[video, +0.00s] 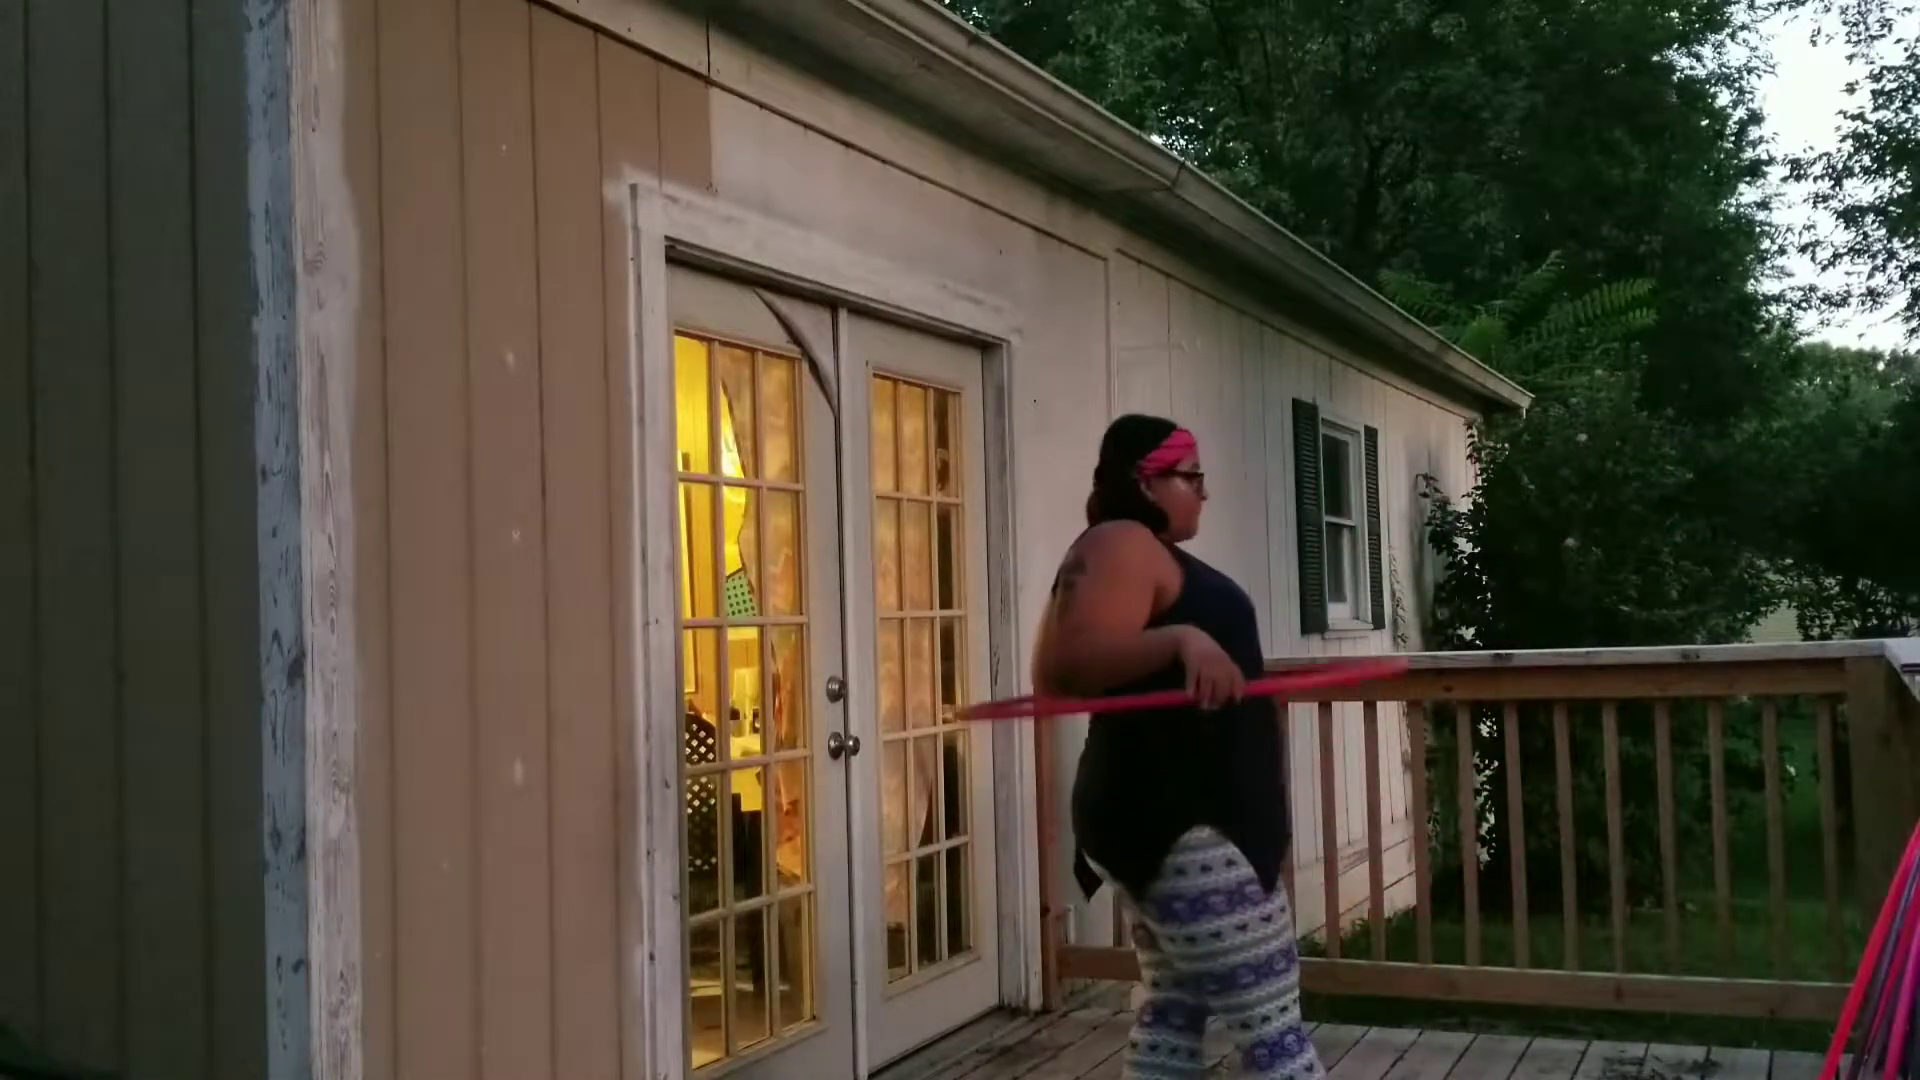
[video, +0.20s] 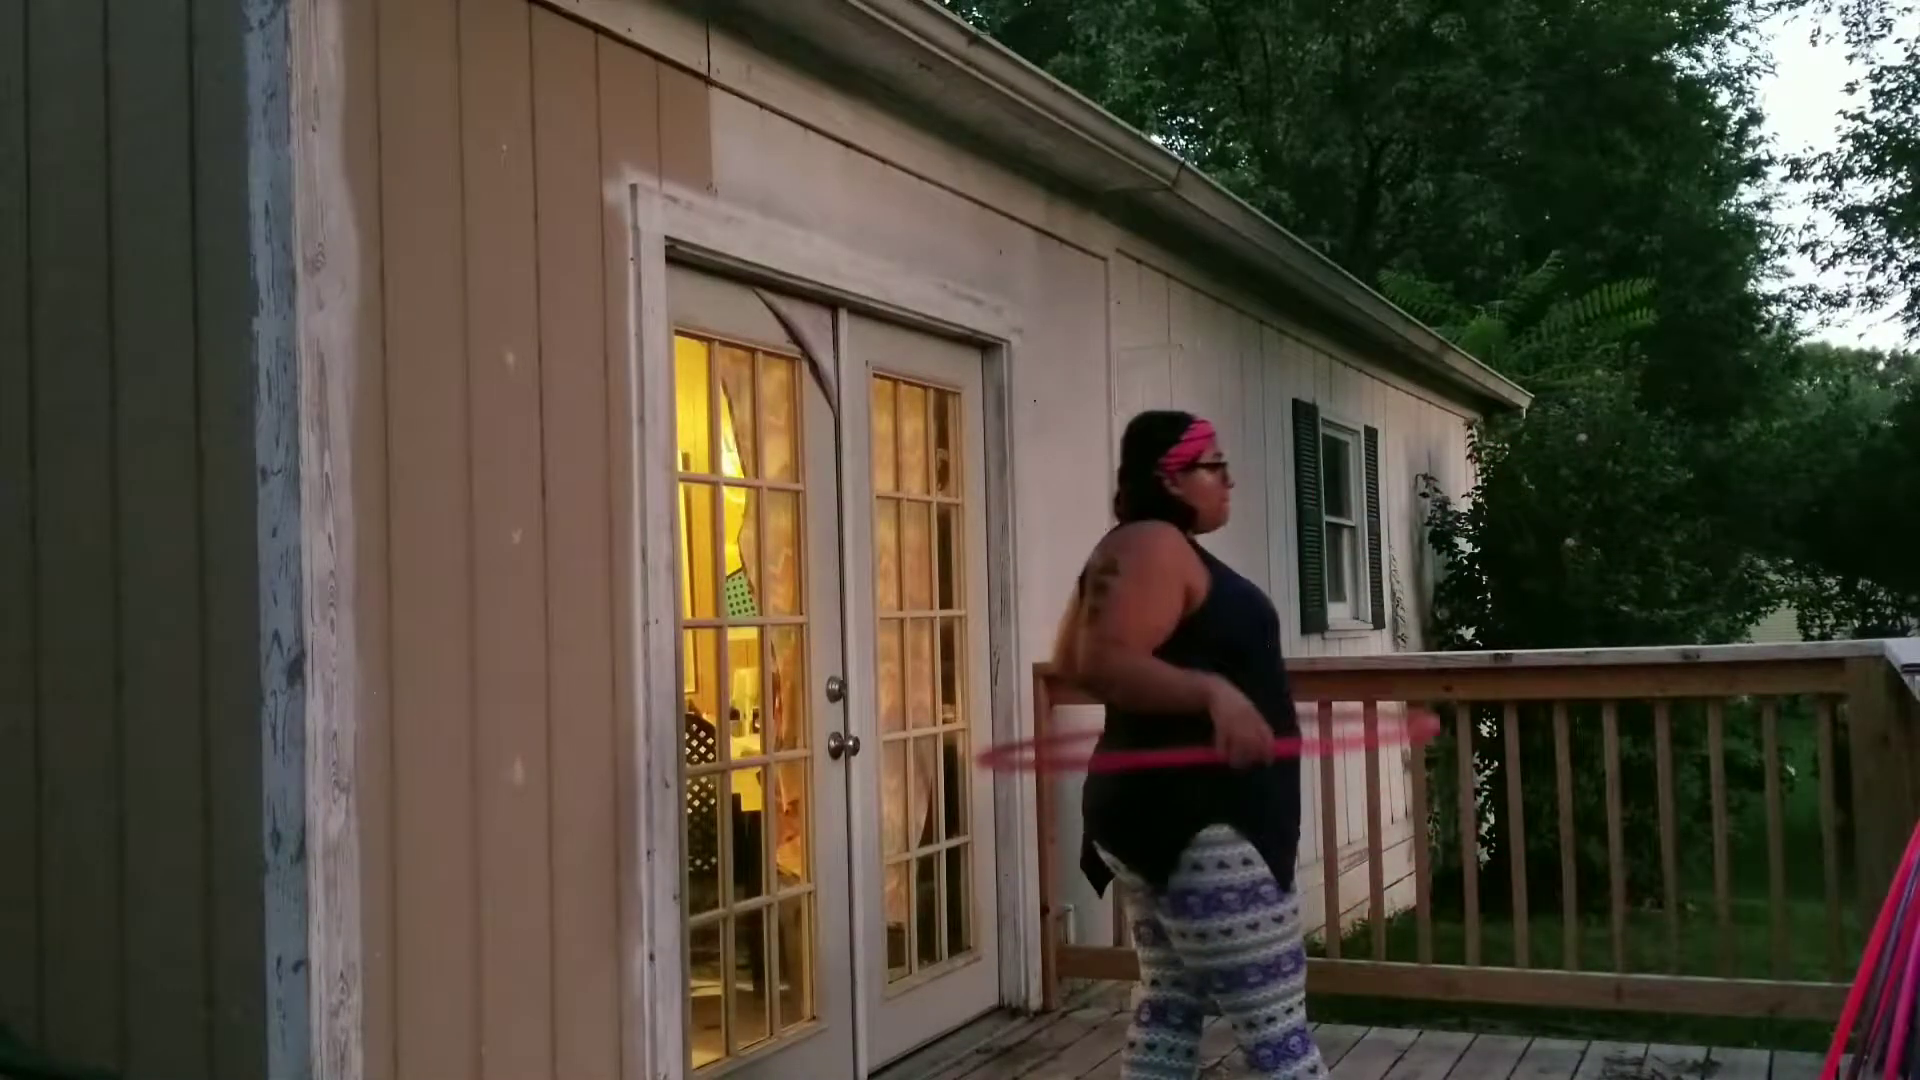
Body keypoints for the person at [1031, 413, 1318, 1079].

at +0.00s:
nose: (1203, 488)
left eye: (1200, 474)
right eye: (1191, 474)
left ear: (1145, 485)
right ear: (1147, 484)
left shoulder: (1115, 548)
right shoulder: (1124, 543)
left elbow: (1056, 671)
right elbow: (1067, 661)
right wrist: (1180, 640)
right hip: (1169, 809)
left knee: (1174, 995)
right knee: (1262, 983)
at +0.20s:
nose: (1228, 479)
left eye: (1224, 465)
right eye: (1213, 467)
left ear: (1168, 482)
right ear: (1172, 479)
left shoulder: (1118, 550)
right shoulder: (1155, 544)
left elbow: (1071, 665)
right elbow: (1103, 660)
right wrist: (1213, 692)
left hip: (1151, 810)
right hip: (1189, 810)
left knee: (1170, 1005)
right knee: (1270, 991)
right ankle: (1294, 1071)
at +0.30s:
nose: (1252, 480)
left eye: (1249, 466)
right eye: (1238, 468)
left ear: (1188, 482)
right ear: (1197, 480)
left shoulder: (1134, 552)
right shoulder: (1175, 549)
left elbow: (1098, 668)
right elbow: (1132, 671)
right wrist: (1235, 744)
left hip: (1157, 824)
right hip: (1208, 826)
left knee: (1165, 1015)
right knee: (1282, 1022)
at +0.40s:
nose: (1276, 483)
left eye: (1272, 469)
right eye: (1263, 470)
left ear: (1204, 483)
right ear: (1220, 481)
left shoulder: (1151, 557)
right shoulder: (1205, 554)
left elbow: (1131, 694)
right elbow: (1171, 683)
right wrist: (1257, 796)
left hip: (1163, 830)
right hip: (1231, 837)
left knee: (1157, 1022)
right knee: (1289, 1032)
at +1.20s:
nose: (1296, 526)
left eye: (1300, 512)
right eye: (1291, 509)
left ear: (1233, 492)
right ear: (1251, 494)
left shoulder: (1150, 560)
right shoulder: (1220, 555)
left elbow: (1102, 683)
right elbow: (1172, 667)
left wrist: (1184, 743)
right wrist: (1271, 767)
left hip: (1179, 824)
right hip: (1250, 828)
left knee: (1191, 1020)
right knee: (1318, 1032)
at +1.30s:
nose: (1273, 516)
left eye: (1277, 500)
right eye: (1262, 495)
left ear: (1190, 490)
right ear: (1216, 487)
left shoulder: (1136, 556)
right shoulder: (1195, 546)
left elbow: (1089, 677)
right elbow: (1147, 656)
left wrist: (1192, 693)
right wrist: (1258, 709)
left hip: (1175, 817)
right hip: (1238, 816)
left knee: (1192, 1009)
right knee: (1313, 1013)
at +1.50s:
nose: (1241, 475)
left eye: (1237, 462)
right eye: (1229, 463)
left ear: (1165, 479)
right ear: (1188, 477)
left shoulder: (1119, 560)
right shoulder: (1181, 540)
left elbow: (1084, 671)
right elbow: (1136, 646)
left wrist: (1183, 667)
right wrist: (1232, 608)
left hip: (1169, 814)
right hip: (1242, 812)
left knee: (1184, 1001)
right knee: (1316, 1012)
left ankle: (1165, 1073)